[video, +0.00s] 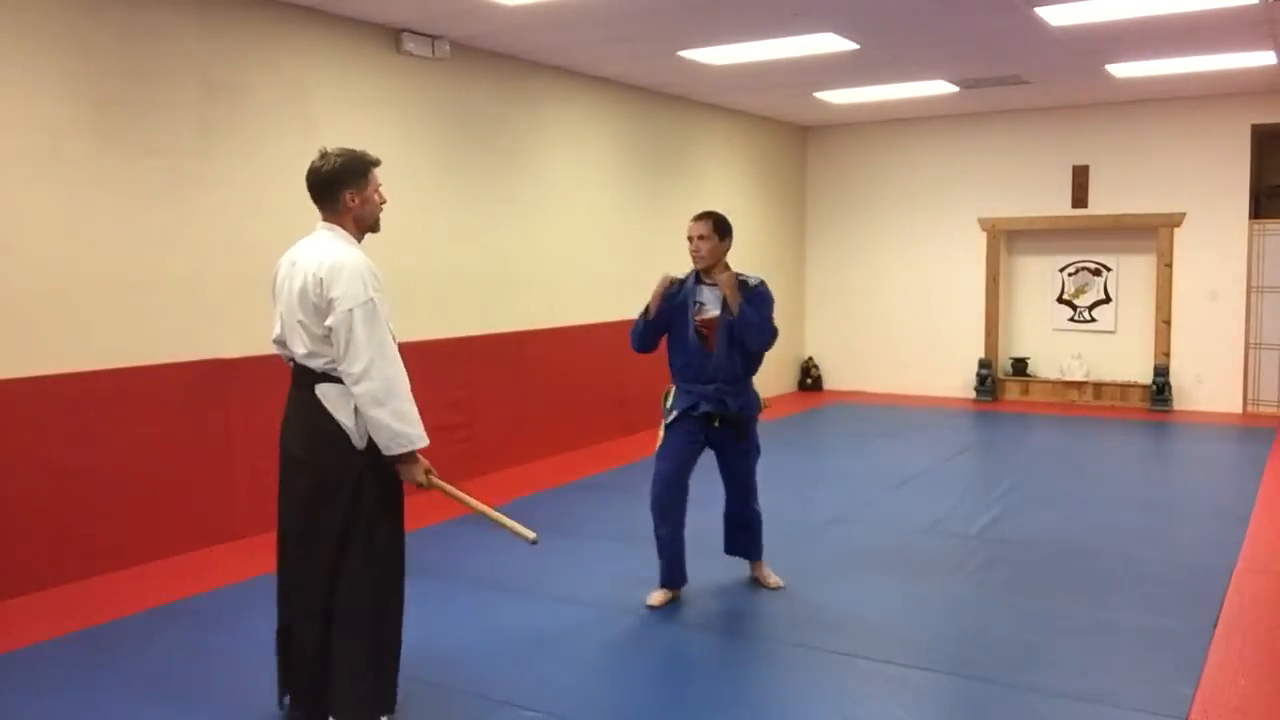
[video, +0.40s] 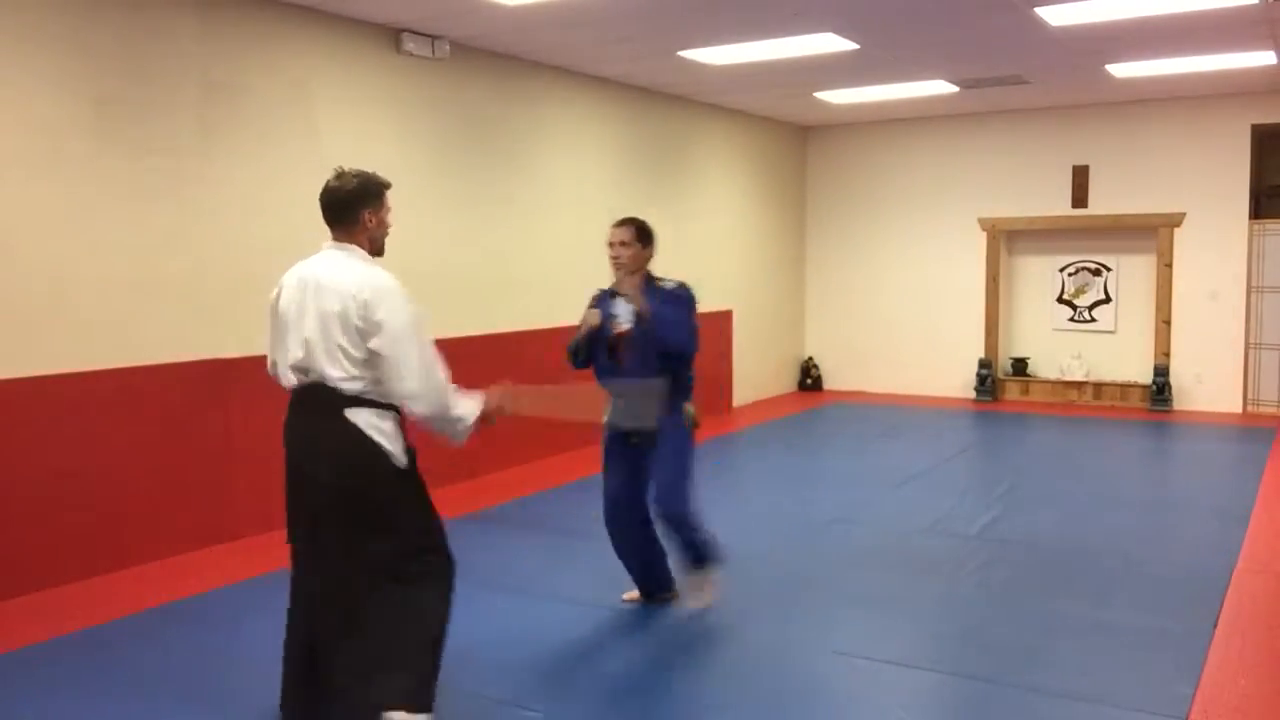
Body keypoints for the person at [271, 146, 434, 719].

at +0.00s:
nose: (384, 198)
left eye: (380, 187)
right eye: (376, 189)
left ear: (334, 200)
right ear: (351, 199)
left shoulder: (297, 256)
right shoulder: (348, 266)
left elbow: (290, 343)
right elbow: (371, 368)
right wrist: (406, 450)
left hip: (303, 418)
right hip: (347, 426)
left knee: (309, 560)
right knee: (363, 565)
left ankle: (305, 696)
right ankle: (358, 703)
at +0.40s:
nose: (389, 223)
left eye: (388, 212)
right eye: (386, 214)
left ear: (333, 220)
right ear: (368, 219)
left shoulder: (294, 280)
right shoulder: (376, 287)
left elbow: (281, 367)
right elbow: (417, 388)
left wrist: (343, 375)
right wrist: (474, 407)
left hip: (304, 430)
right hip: (365, 435)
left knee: (321, 565)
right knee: (424, 561)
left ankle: (313, 703)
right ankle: (401, 701)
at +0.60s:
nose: (398, 217)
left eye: (386, 210)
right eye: (397, 209)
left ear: (342, 220)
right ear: (393, 215)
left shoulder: (305, 291)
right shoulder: (433, 281)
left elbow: (275, 389)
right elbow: (485, 364)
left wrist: (313, 428)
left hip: (339, 448)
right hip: (417, 443)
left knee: (335, 580)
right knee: (436, 582)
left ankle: (318, 703)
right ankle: (446, 705)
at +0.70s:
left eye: (354, 212)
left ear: (349, 218)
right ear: (405, 214)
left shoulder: (328, 289)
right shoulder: (451, 279)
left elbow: (291, 390)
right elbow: (482, 356)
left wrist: (289, 430)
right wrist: (429, 344)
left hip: (364, 444)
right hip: (444, 440)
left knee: (346, 580)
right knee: (449, 586)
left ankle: (323, 696)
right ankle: (456, 706)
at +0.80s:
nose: (352, 216)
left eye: (351, 210)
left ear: (352, 214)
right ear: (409, 211)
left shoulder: (346, 272)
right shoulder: (454, 269)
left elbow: (321, 361)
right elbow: (462, 353)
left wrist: (276, 420)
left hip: (386, 443)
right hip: (461, 434)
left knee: (344, 595)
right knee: (459, 593)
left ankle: (325, 707)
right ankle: (468, 707)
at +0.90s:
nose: (357, 217)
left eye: (356, 211)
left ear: (356, 214)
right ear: (413, 213)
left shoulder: (347, 267)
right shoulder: (457, 269)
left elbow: (330, 341)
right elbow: (467, 341)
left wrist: (275, 417)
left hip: (392, 441)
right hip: (470, 433)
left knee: (354, 593)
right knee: (474, 588)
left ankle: (364, 705)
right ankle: (476, 705)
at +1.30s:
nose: (409, 276)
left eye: (409, 269)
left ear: (410, 272)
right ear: (463, 270)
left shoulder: (401, 329)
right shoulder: (504, 326)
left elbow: (352, 421)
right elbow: (539, 406)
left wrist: (323, 490)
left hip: (470, 482)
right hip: (537, 471)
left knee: (395, 623)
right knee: (534, 612)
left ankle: (375, 708)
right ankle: (580, 708)